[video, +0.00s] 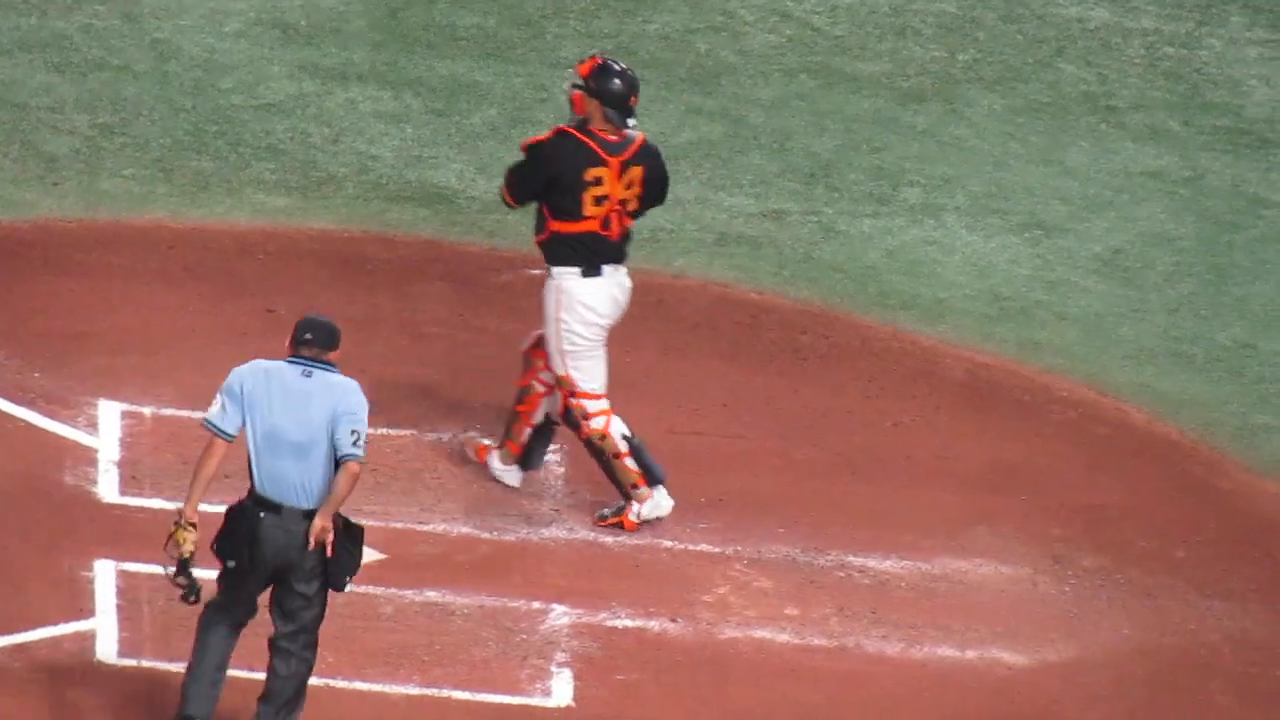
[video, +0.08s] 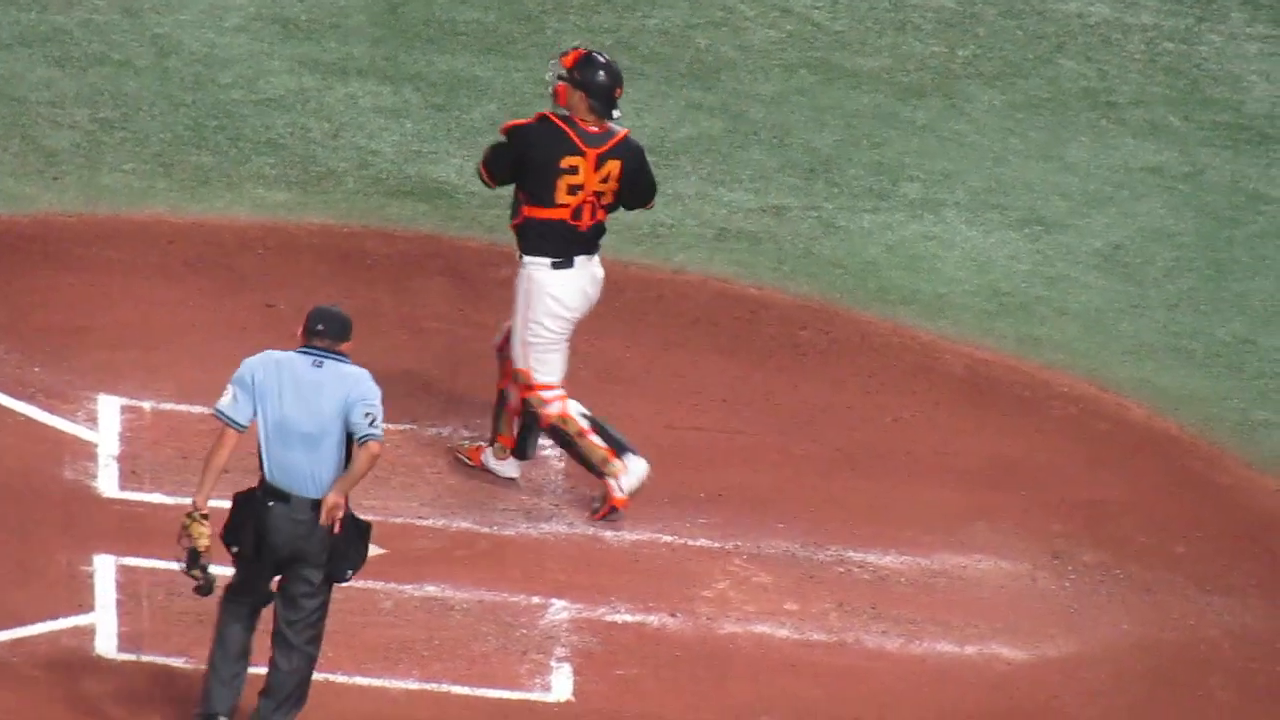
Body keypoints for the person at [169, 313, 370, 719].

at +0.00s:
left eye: (294, 345)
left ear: (290, 346)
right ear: (334, 354)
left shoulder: (250, 375)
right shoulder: (348, 393)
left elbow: (215, 448)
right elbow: (352, 466)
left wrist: (189, 515)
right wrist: (325, 514)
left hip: (256, 526)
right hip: (311, 536)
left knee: (225, 615)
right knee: (294, 644)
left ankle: (194, 710)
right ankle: (275, 713)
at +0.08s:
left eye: (303, 333)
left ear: (302, 334)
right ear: (345, 344)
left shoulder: (261, 366)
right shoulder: (359, 381)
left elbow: (227, 438)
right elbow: (371, 447)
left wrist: (200, 504)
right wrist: (341, 491)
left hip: (267, 514)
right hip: (319, 523)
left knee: (241, 605)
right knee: (298, 633)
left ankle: (217, 708)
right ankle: (276, 713)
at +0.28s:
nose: (393, 343)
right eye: (397, 338)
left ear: (359, 330)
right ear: (400, 339)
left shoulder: (316, 359)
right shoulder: (410, 377)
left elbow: (283, 428)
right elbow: (445, 441)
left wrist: (255, 493)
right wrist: (426, 480)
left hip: (318, 507)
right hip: (368, 516)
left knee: (319, 604)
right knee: (338, 626)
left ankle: (329, 691)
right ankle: (299, 712)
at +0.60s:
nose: (478, 329)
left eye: (474, 323)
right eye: (477, 324)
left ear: (435, 317)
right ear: (471, 324)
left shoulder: (393, 360)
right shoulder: (478, 370)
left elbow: (360, 435)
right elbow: (497, 448)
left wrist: (354, 495)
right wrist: (517, 466)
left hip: (399, 495)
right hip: (446, 505)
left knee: (413, 605)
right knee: (464, 624)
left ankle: (401, 701)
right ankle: (384, 695)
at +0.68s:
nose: (494, 325)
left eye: (493, 318)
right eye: (493, 319)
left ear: (451, 313)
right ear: (483, 320)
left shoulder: (407, 355)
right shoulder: (491, 366)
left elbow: (379, 434)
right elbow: (504, 449)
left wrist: (379, 488)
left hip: (411, 491)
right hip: (460, 500)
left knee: (419, 601)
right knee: (497, 613)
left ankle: (394, 699)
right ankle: (414, 700)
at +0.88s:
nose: (512, 310)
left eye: (511, 303)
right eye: (510, 304)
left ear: (470, 299)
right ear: (498, 305)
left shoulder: (427, 336)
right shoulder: (502, 353)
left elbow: (404, 399)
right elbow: (510, 435)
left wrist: (449, 412)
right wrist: (514, 459)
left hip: (425, 478)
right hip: (472, 488)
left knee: (406, 588)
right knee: (514, 591)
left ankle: (369, 692)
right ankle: (523, 689)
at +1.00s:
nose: (510, 305)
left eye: (511, 297)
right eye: (509, 298)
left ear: (469, 293)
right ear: (494, 298)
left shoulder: (427, 326)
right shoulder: (498, 350)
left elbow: (408, 390)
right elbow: (505, 424)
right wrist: (526, 439)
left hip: (423, 469)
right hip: (471, 481)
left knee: (392, 573)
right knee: (505, 582)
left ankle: (338, 675)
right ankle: (519, 676)